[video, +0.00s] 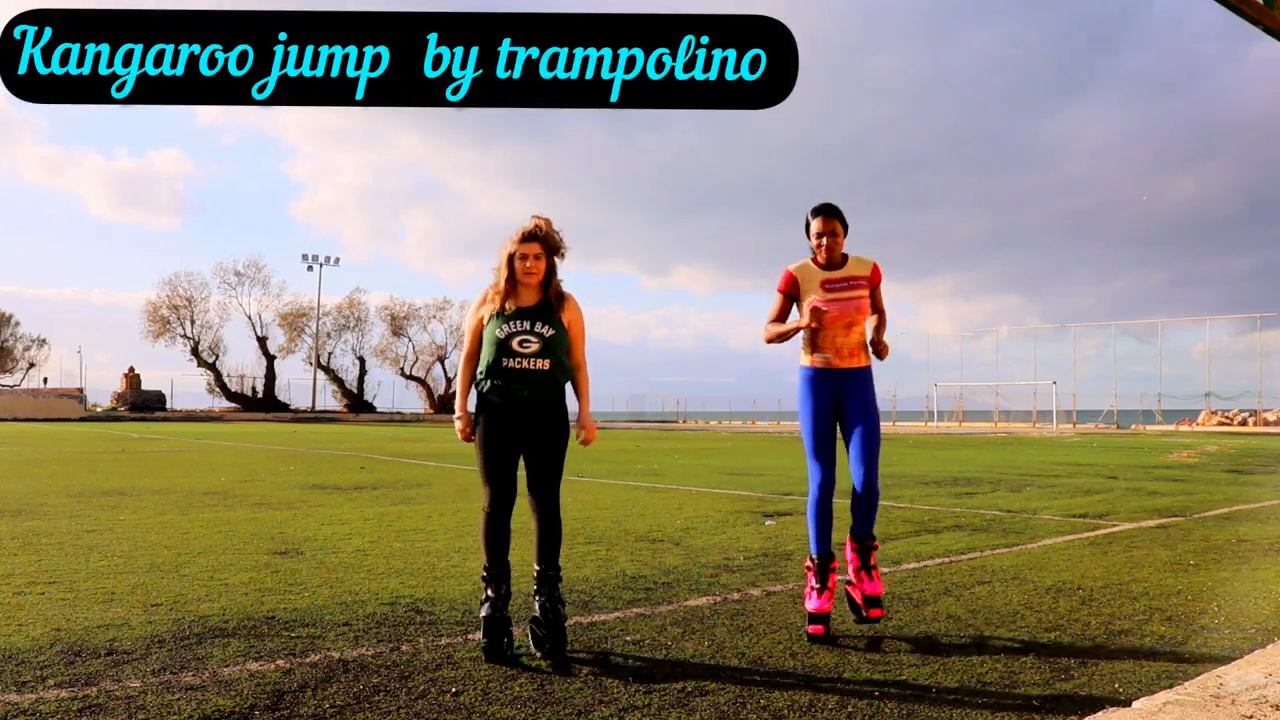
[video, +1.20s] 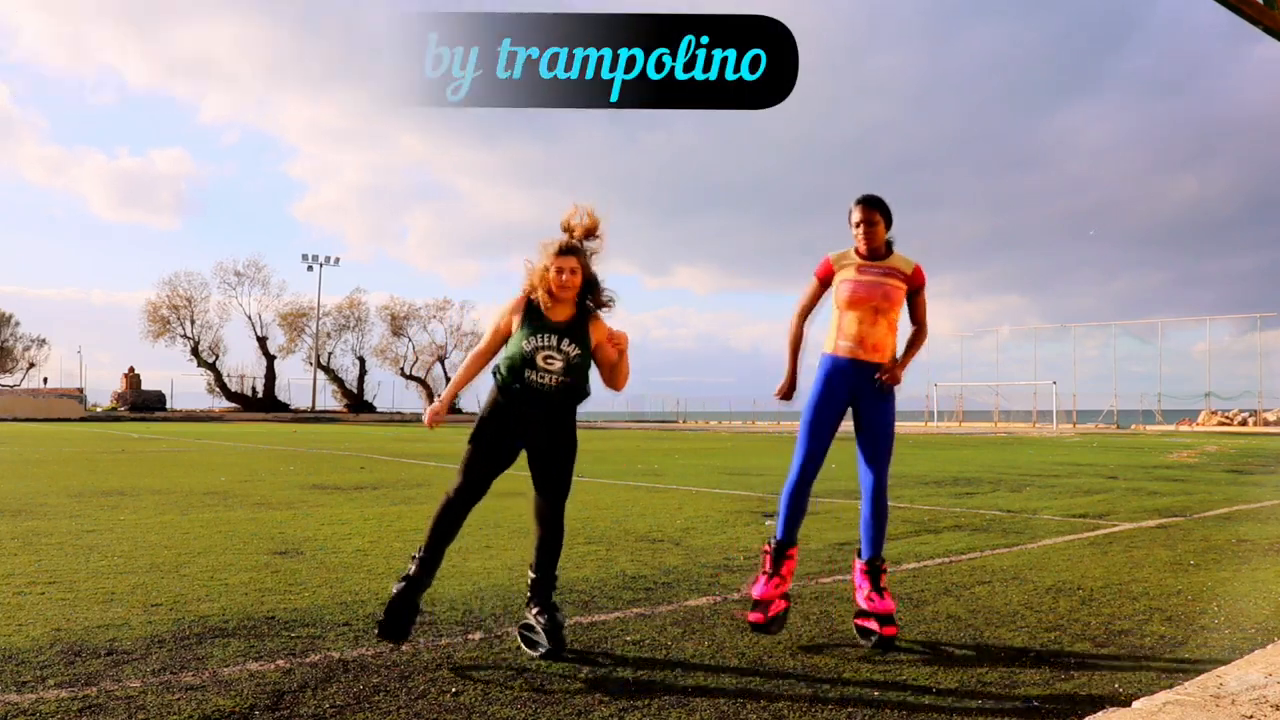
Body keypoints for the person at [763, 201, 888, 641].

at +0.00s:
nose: (826, 243)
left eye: (833, 235)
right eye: (819, 237)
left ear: (845, 235)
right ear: (809, 239)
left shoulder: (867, 270)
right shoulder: (797, 276)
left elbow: (879, 314)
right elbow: (770, 333)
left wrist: (877, 336)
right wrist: (798, 323)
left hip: (859, 380)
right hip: (816, 382)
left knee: (866, 482)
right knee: (821, 481)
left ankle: (862, 557)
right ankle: (820, 571)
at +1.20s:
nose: (863, 231)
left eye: (870, 224)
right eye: (857, 225)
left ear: (887, 226)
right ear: (850, 229)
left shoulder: (908, 272)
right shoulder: (835, 265)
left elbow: (920, 328)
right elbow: (800, 315)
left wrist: (901, 364)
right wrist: (792, 373)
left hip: (878, 379)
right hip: (833, 372)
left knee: (875, 482)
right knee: (803, 468)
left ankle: (871, 577)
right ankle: (777, 566)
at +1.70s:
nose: (880, 240)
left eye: (887, 232)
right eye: (873, 234)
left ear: (902, 236)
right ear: (866, 239)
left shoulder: (919, 286)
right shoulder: (851, 274)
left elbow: (920, 343)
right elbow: (822, 338)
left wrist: (921, 388)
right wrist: (797, 390)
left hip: (880, 391)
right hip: (836, 379)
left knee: (874, 489)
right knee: (786, 463)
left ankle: (856, 582)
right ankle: (727, 540)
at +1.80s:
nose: (876, 243)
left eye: (883, 236)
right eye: (869, 237)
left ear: (896, 241)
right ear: (860, 243)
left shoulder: (916, 281)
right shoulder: (846, 277)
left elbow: (948, 320)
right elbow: (803, 324)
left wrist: (957, 336)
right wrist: (816, 371)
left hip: (879, 393)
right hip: (837, 383)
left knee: (867, 495)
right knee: (799, 475)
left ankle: (854, 591)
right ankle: (751, 557)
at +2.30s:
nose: (839, 250)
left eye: (846, 244)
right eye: (833, 242)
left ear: (855, 249)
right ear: (819, 245)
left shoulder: (872, 284)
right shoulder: (800, 291)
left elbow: (886, 339)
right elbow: (793, 353)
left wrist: (895, 387)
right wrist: (816, 294)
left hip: (882, 388)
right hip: (838, 398)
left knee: (946, 467)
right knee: (849, 496)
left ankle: (1010, 538)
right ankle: (864, 588)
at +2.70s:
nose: (842, 250)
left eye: (848, 243)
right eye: (835, 242)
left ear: (857, 247)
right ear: (821, 245)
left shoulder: (876, 285)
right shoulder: (802, 291)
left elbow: (908, 343)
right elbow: (789, 347)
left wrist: (939, 398)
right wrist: (819, 290)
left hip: (888, 390)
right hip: (841, 398)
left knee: (947, 473)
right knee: (843, 497)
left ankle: (1009, 547)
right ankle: (849, 594)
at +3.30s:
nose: (910, 225)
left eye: (917, 218)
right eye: (904, 220)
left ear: (932, 223)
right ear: (896, 226)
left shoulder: (956, 268)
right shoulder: (884, 262)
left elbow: (960, 330)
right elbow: (857, 324)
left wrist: (930, 319)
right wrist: (833, 378)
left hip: (918, 377)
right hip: (875, 363)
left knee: (908, 478)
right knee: (808, 434)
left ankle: (900, 571)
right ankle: (738, 501)